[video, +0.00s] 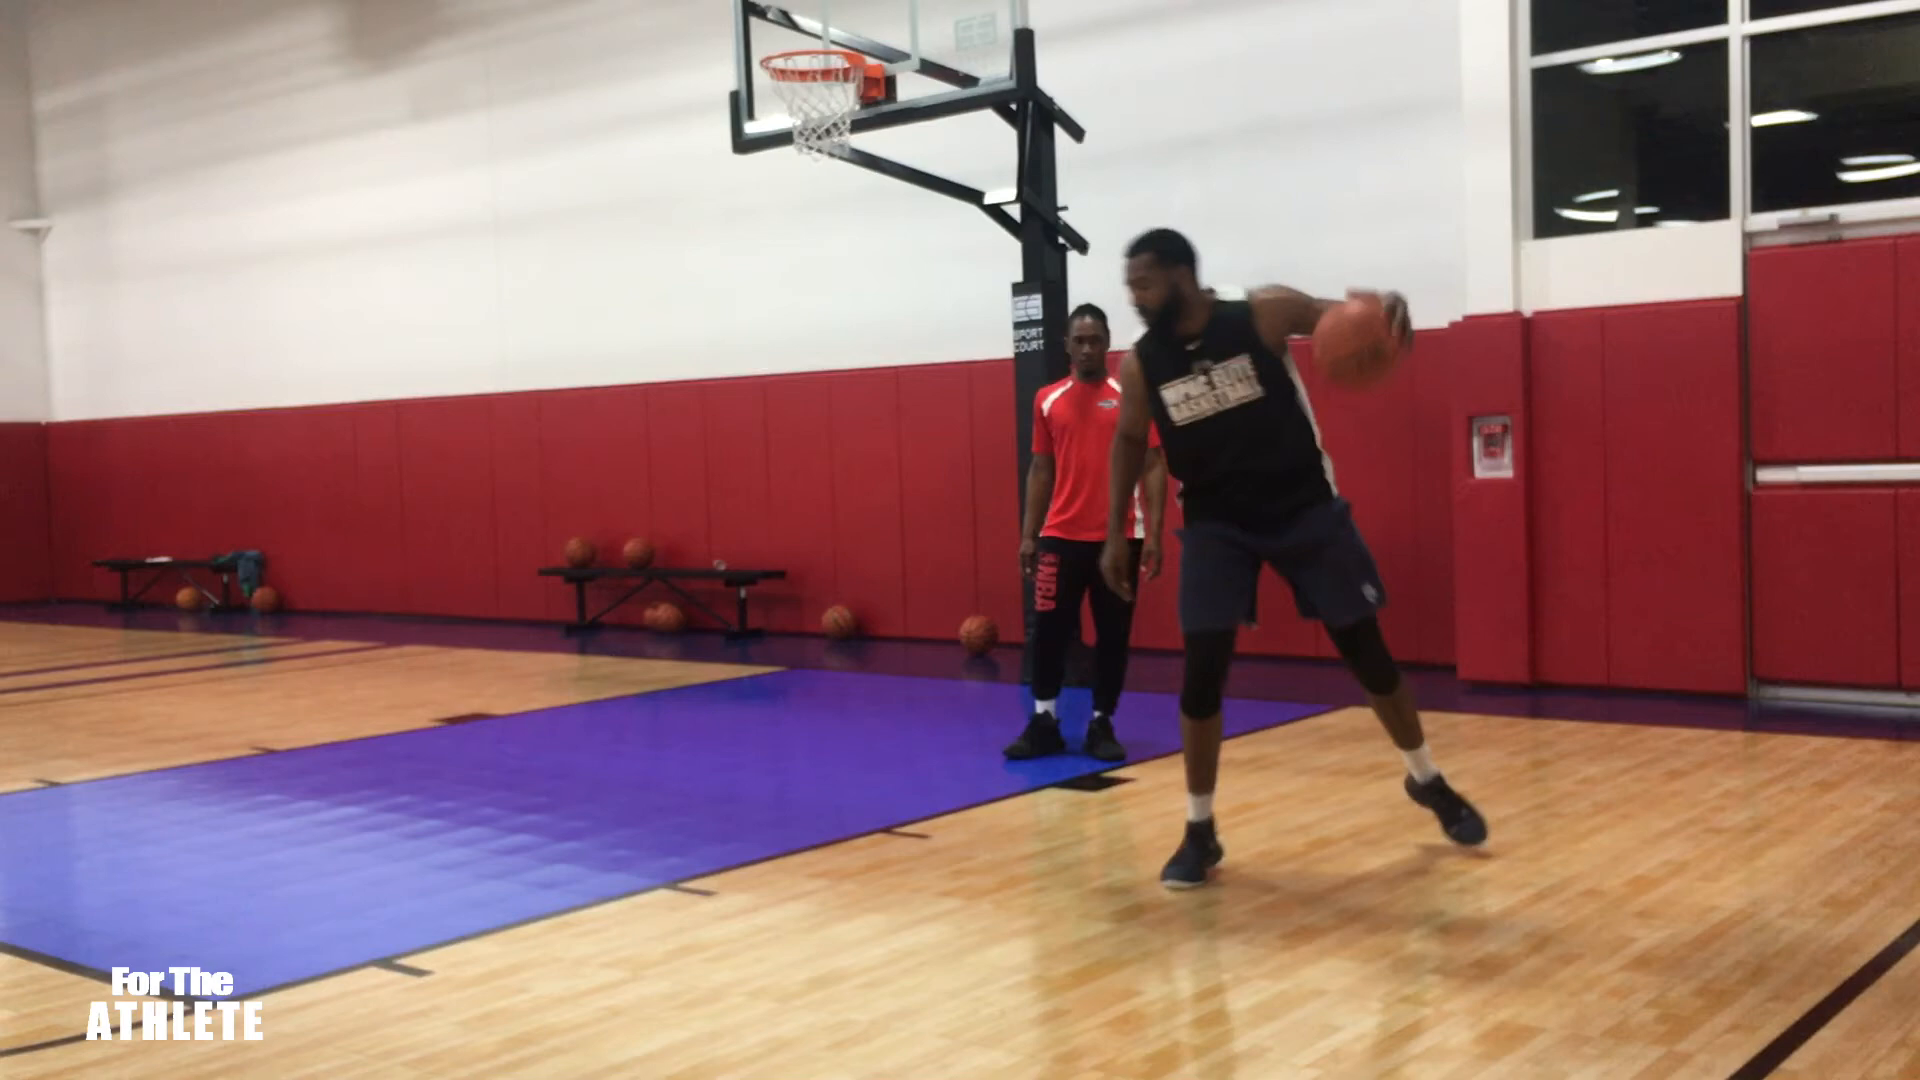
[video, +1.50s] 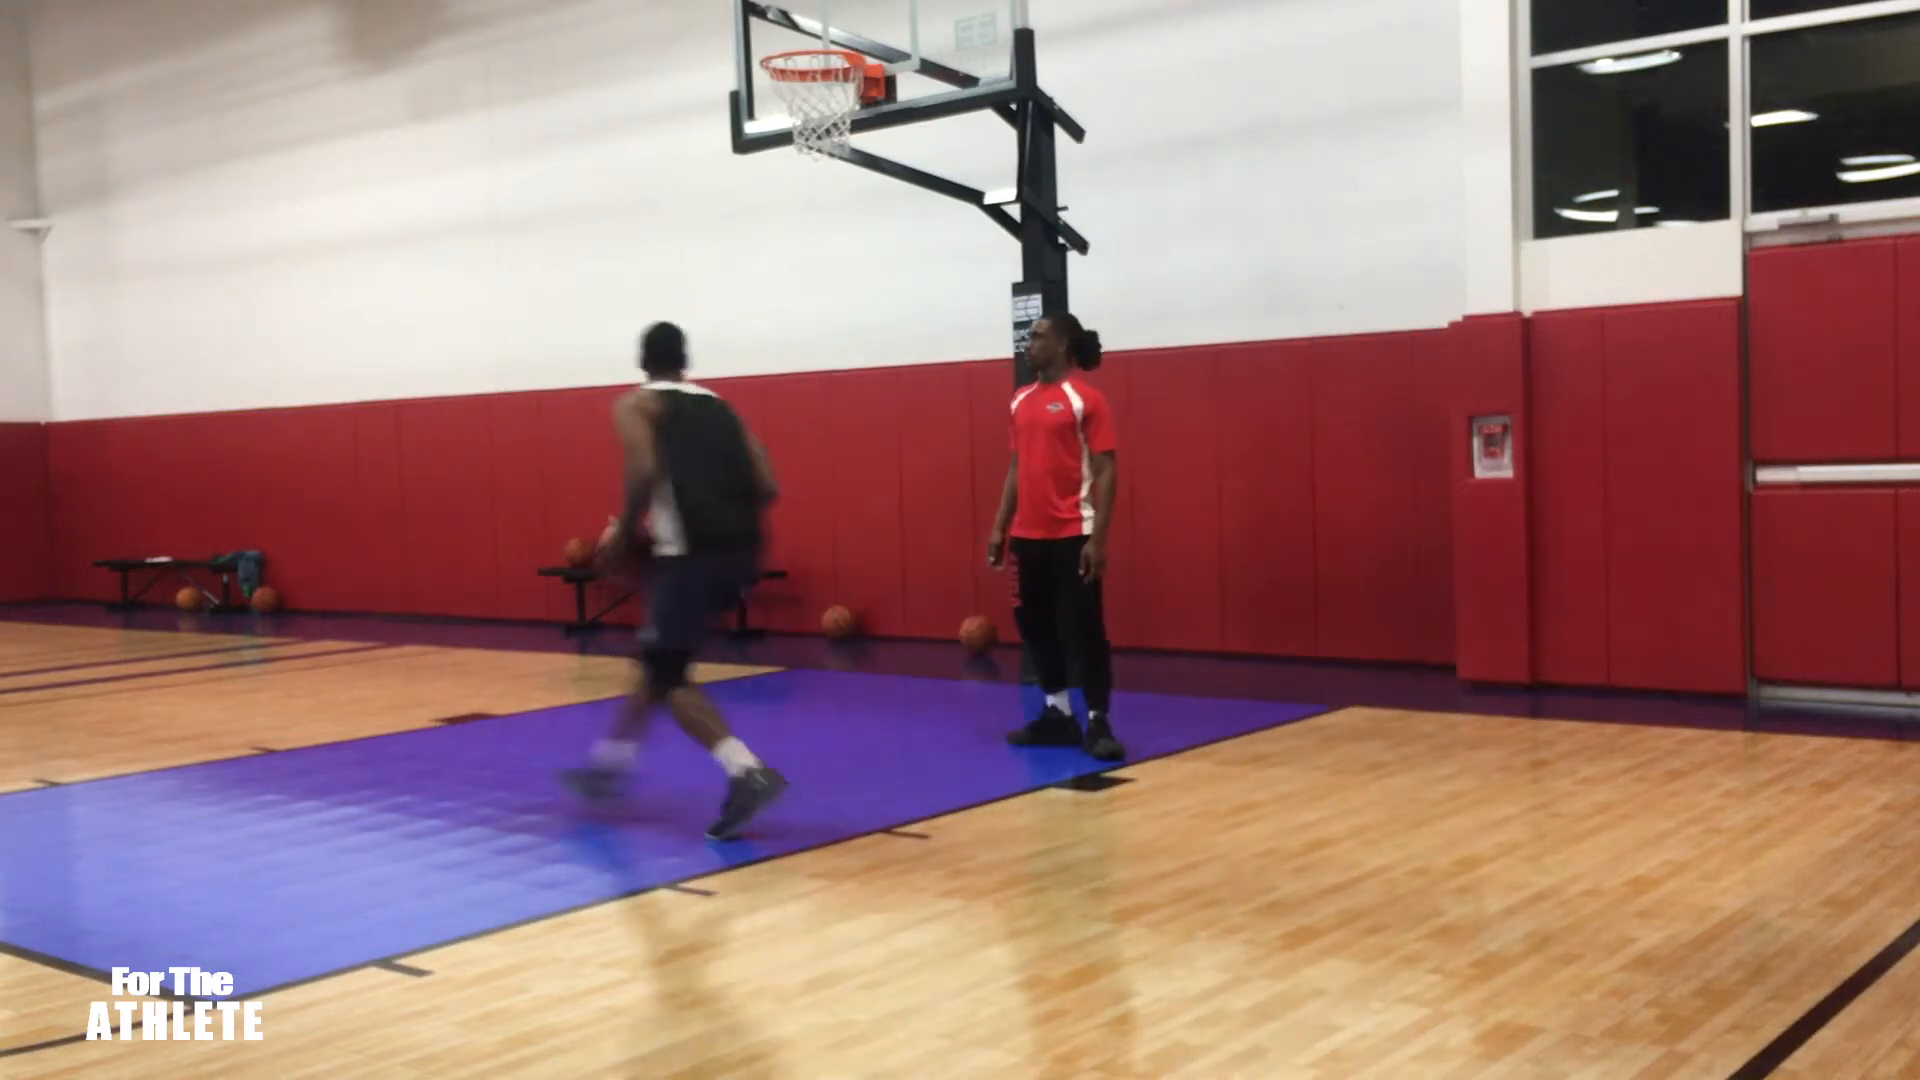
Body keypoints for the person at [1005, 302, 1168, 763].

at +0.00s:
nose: (1087, 348)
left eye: (1095, 340)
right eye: (1079, 340)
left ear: (1108, 344)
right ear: (1067, 345)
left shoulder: (1131, 398)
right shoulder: (1049, 400)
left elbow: (1153, 466)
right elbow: (1040, 470)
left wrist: (1154, 535)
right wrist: (1029, 534)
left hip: (1118, 537)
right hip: (1061, 536)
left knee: (1113, 635)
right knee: (1049, 627)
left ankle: (1101, 723)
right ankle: (1044, 720)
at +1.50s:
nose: (1029, 344)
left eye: (1039, 337)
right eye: (1030, 336)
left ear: (1063, 345)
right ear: (1036, 344)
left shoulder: (1087, 397)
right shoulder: (1021, 401)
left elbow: (1105, 469)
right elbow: (1016, 467)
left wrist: (1098, 538)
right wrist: (999, 529)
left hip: (1072, 537)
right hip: (1030, 537)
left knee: (1084, 626)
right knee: (1037, 623)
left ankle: (1097, 720)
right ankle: (1056, 713)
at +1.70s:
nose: (1016, 343)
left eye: (1026, 337)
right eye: (1018, 336)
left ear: (1050, 347)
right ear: (1027, 345)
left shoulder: (1065, 397)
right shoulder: (1016, 400)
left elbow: (1080, 467)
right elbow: (1016, 474)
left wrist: (1066, 538)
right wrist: (998, 531)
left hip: (1053, 536)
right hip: (1020, 537)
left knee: (1064, 626)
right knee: (1030, 623)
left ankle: (1087, 720)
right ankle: (1055, 711)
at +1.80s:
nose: (1013, 342)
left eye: (1023, 337)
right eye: (1015, 335)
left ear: (1045, 348)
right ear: (1024, 346)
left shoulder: (1057, 397)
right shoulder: (1016, 400)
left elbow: (1068, 470)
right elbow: (1017, 474)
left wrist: (1049, 536)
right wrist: (1000, 531)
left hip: (1047, 536)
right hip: (1019, 536)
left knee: (1056, 627)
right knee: (1027, 624)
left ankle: (1075, 718)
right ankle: (1052, 708)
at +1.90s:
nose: (1009, 341)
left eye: (1019, 336)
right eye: (1012, 334)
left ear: (1040, 349)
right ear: (1027, 348)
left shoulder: (1047, 395)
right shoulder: (1018, 397)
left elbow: (1057, 468)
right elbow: (1017, 473)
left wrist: (1036, 533)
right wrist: (1002, 531)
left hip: (1045, 534)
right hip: (1022, 534)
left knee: (1043, 623)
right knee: (1030, 623)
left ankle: (1059, 716)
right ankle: (1050, 712)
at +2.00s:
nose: (1005, 340)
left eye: (1015, 336)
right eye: (1008, 334)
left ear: (1035, 349)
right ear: (1022, 348)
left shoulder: (1039, 394)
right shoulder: (1016, 395)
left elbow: (1046, 465)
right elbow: (1014, 471)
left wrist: (1022, 533)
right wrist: (1000, 530)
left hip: (1035, 532)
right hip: (1021, 530)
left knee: (1018, 621)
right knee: (1031, 621)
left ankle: (1029, 715)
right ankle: (1057, 709)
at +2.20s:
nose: (992, 338)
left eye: (1002, 335)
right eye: (996, 332)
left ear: (1018, 350)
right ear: (1011, 349)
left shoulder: (1019, 393)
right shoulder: (1007, 393)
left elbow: (1023, 466)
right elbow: (1012, 467)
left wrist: (999, 533)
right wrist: (994, 528)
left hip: (1020, 531)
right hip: (1021, 529)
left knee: (993, 622)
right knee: (1034, 620)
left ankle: (976, 715)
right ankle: (1060, 711)